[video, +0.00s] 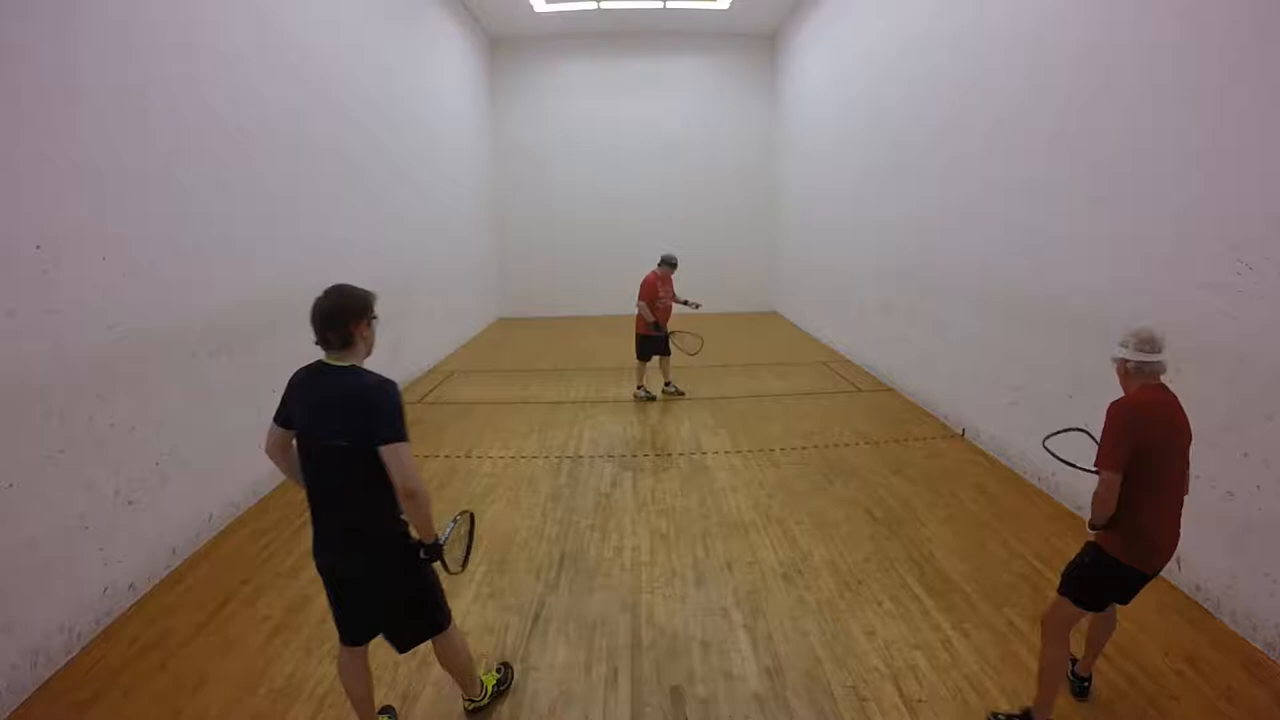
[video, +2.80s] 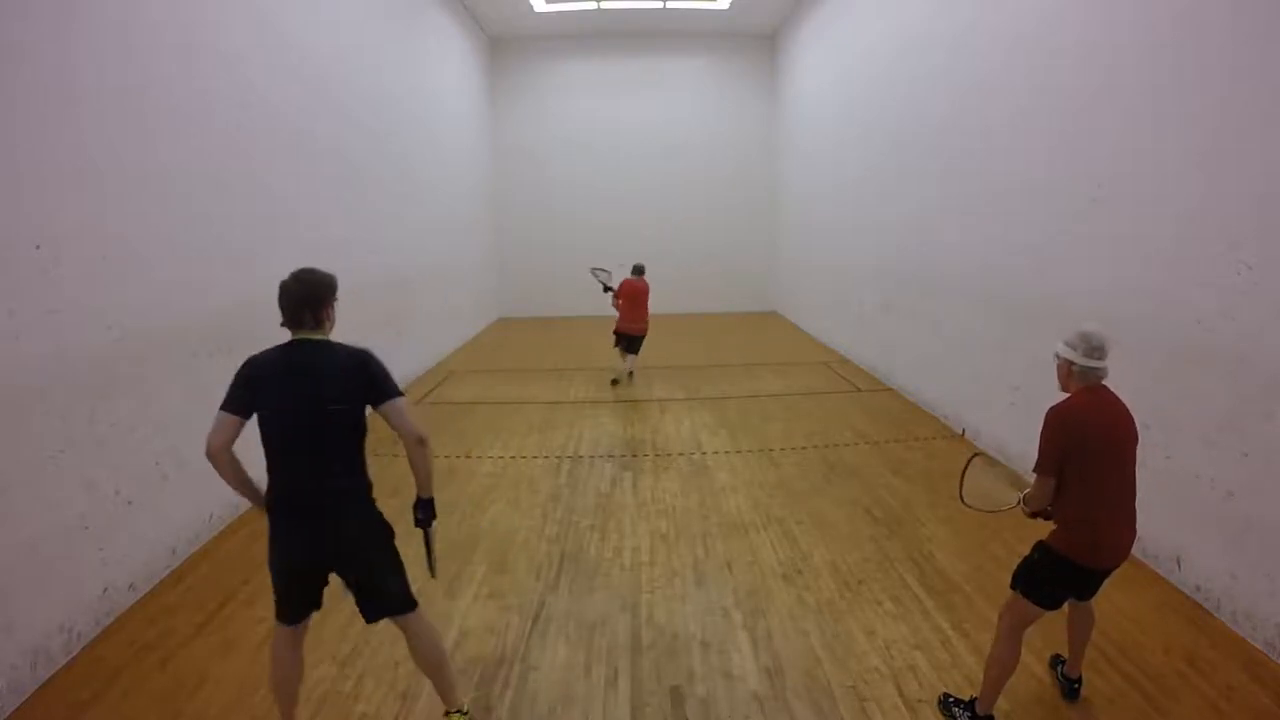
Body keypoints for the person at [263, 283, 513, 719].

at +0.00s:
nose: (374, 329)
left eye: (372, 321)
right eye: (372, 321)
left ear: (322, 333)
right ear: (362, 329)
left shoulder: (302, 382)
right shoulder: (377, 391)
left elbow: (277, 448)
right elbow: (408, 486)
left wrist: (316, 485)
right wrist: (430, 540)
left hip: (332, 544)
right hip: (384, 543)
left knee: (352, 641)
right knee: (439, 622)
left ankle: (368, 716)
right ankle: (476, 691)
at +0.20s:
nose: (412, 325)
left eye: (411, 317)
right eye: (411, 317)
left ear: (359, 327)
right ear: (400, 325)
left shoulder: (337, 377)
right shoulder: (424, 391)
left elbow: (306, 445)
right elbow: (467, 480)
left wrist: (339, 486)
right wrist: (472, 538)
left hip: (362, 527)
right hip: (417, 527)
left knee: (382, 619)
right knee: (460, 609)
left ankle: (377, 712)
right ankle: (476, 690)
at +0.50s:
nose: (443, 310)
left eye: (440, 303)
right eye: (441, 304)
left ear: (392, 312)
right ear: (435, 311)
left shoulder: (368, 362)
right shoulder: (462, 366)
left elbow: (327, 432)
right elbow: (505, 446)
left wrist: (339, 495)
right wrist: (502, 495)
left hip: (394, 503)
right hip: (446, 505)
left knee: (406, 577)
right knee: (468, 602)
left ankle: (409, 661)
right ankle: (476, 688)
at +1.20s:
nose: (422, 310)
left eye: (420, 303)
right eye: (420, 304)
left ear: (375, 316)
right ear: (414, 312)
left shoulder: (362, 362)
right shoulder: (442, 362)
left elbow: (336, 419)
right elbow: (483, 434)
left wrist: (377, 431)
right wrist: (486, 480)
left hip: (392, 487)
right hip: (440, 484)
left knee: (414, 569)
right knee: (477, 569)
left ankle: (430, 649)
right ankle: (490, 662)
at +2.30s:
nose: (396, 296)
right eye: (394, 289)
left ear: (345, 302)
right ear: (391, 296)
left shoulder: (326, 358)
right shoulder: (423, 344)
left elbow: (305, 441)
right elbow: (461, 420)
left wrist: (347, 471)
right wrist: (459, 485)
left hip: (363, 508)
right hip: (425, 503)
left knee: (362, 602)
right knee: (470, 599)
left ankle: (368, 690)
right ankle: (508, 686)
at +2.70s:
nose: (354, 303)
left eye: (351, 295)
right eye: (352, 296)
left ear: (301, 306)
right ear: (346, 303)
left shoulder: (274, 360)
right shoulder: (375, 354)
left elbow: (234, 437)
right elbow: (428, 428)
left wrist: (285, 475)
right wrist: (437, 495)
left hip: (307, 520)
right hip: (370, 513)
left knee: (312, 621)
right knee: (427, 610)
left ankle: (319, 715)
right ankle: (476, 701)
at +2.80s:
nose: (336, 311)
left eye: (333, 303)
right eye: (334, 304)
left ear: (283, 314)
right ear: (327, 311)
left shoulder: (257, 369)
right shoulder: (357, 363)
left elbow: (217, 448)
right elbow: (414, 436)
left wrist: (258, 497)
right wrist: (425, 496)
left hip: (292, 526)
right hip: (355, 519)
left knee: (289, 629)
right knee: (409, 616)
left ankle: (286, 716)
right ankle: (456, 707)